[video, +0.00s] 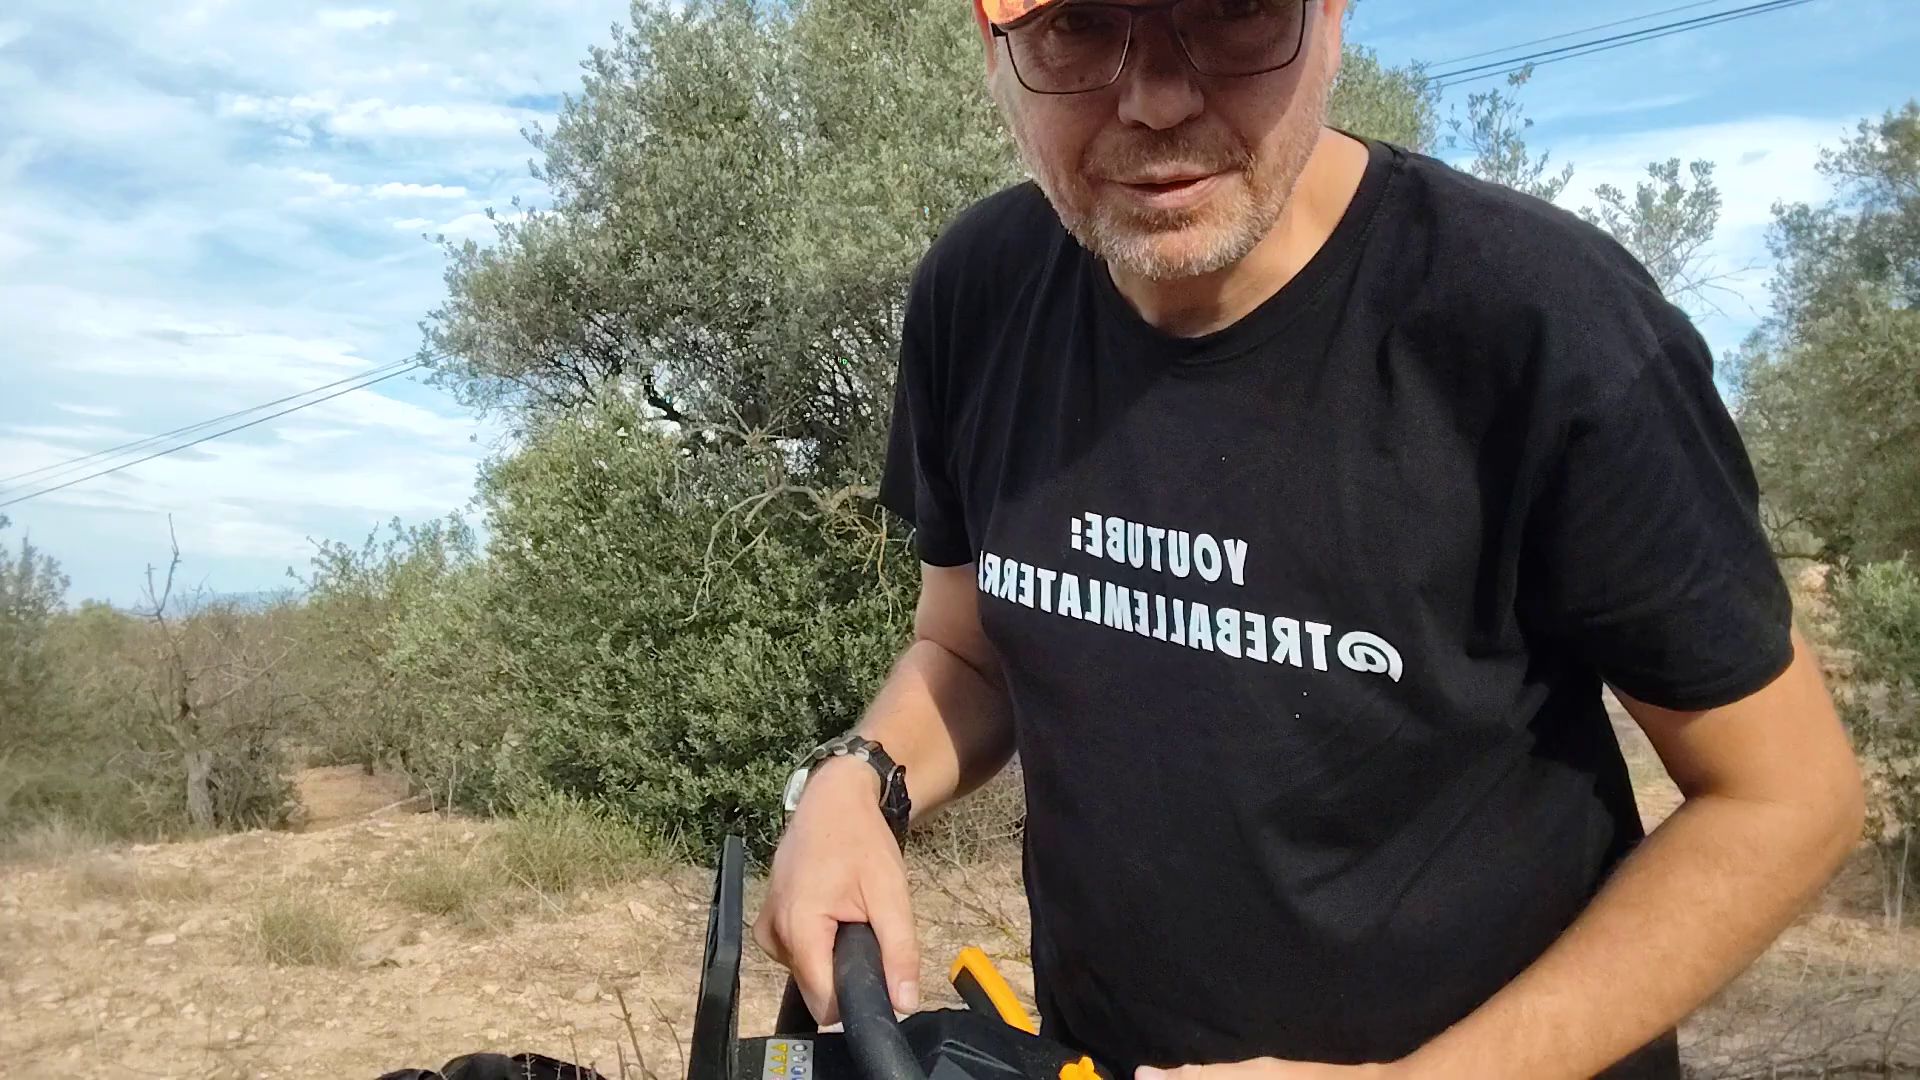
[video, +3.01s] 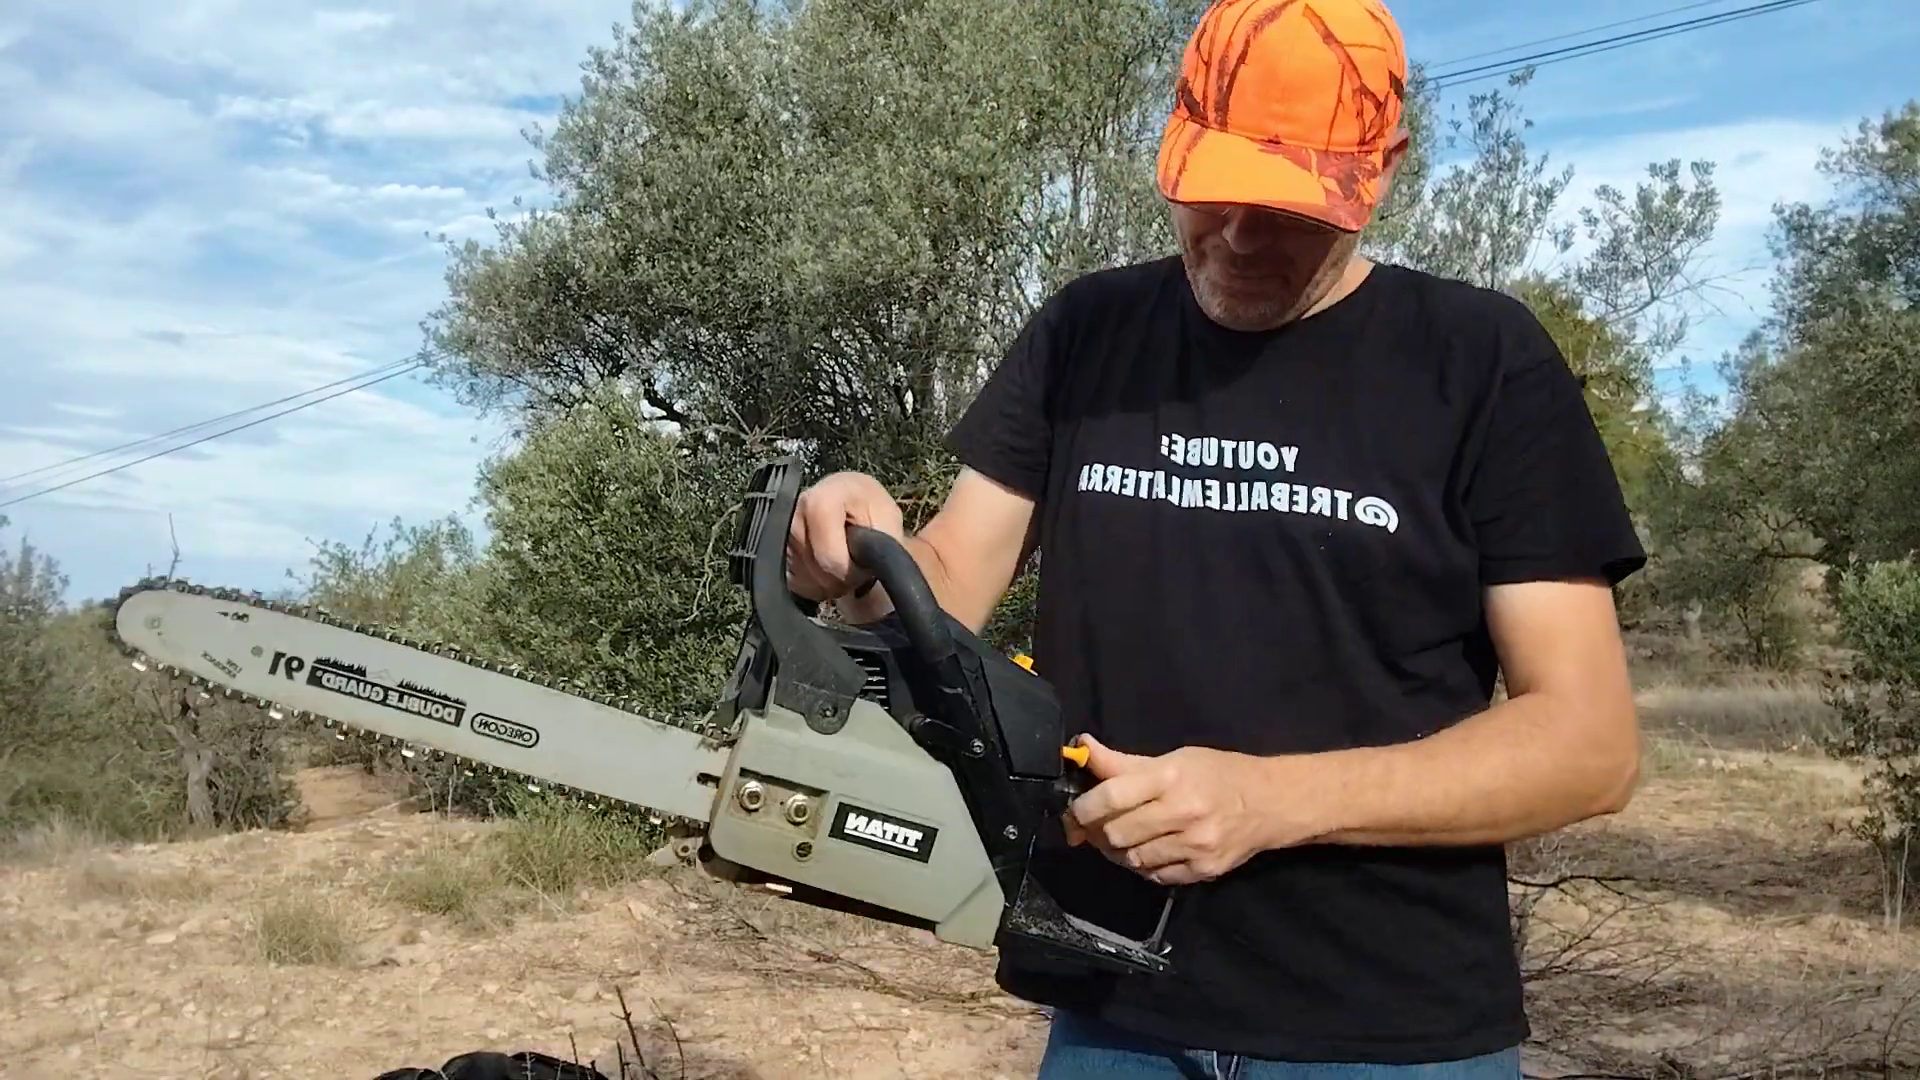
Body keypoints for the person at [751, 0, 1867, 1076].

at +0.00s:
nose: (1156, 102)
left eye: (1230, 32)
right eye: (1085, 33)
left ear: (1328, 29)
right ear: (1000, 49)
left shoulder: (1550, 321)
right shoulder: (978, 297)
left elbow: (1789, 792)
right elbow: (970, 653)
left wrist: (1439, 1073)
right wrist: (854, 790)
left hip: (1491, 1046)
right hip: (1097, 1046)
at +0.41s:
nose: (1148, 121)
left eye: (1211, 62)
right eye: (1094, 62)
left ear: (1281, 79)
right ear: (1020, 82)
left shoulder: (1450, 327)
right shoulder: (955, 347)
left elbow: (1628, 764)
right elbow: (913, 688)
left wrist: (1343, 1047)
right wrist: (846, 769)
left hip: (1419, 1040)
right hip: (1056, 1039)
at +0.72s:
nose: (1128, 159)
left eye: (1178, 107)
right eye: (1078, 111)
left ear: (1243, 120)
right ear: (1013, 124)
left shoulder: (1387, 338)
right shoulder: (937, 371)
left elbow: (1554, 738)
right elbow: (892, 697)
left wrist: (1393, 912)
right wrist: (852, 763)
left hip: (1363, 1037)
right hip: (1038, 1035)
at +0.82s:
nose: (1119, 162)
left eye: (1172, 112)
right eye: (1071, 113)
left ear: (1229, 124)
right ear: (1003, 125)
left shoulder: (1370, 343)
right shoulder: (931, 371)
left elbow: (1570, 742)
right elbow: (880, 683)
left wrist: (1383, 771)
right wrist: (849, 759)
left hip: (1343, 1030)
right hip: (1035, 1027)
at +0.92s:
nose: (1109, 169)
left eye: (1161, 119)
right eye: (1061, 120)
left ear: (1221, 123)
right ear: (994, 132)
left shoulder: (1362, 344)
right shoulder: (930, 376)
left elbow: (1587, 738)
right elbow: (878, 683)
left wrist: (1390, 645)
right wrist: (848, 758)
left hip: (1340, 1025)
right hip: (1041, 1025)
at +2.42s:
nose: (1101, 271)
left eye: (1145, 234)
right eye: (1061, 232)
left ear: (1221, 174)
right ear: (1012, 180)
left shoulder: (1367, 339)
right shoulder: (955, 377)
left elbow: (1573, 721)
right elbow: (902, 686)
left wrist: (1321, 727)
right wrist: (828, 726)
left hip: (1365, 1038)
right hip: (1073, 1029)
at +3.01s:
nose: (1239, 233)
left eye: (1291, 201)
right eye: (1214, 185)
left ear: (1368, 182)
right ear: (1172, 147)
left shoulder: (1483, 360)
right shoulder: (1086, 333)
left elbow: (1588, 741)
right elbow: (937, 594)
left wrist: (1272, 797)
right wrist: (854, 543)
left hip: (1407, 1041)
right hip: (1117, 1027)